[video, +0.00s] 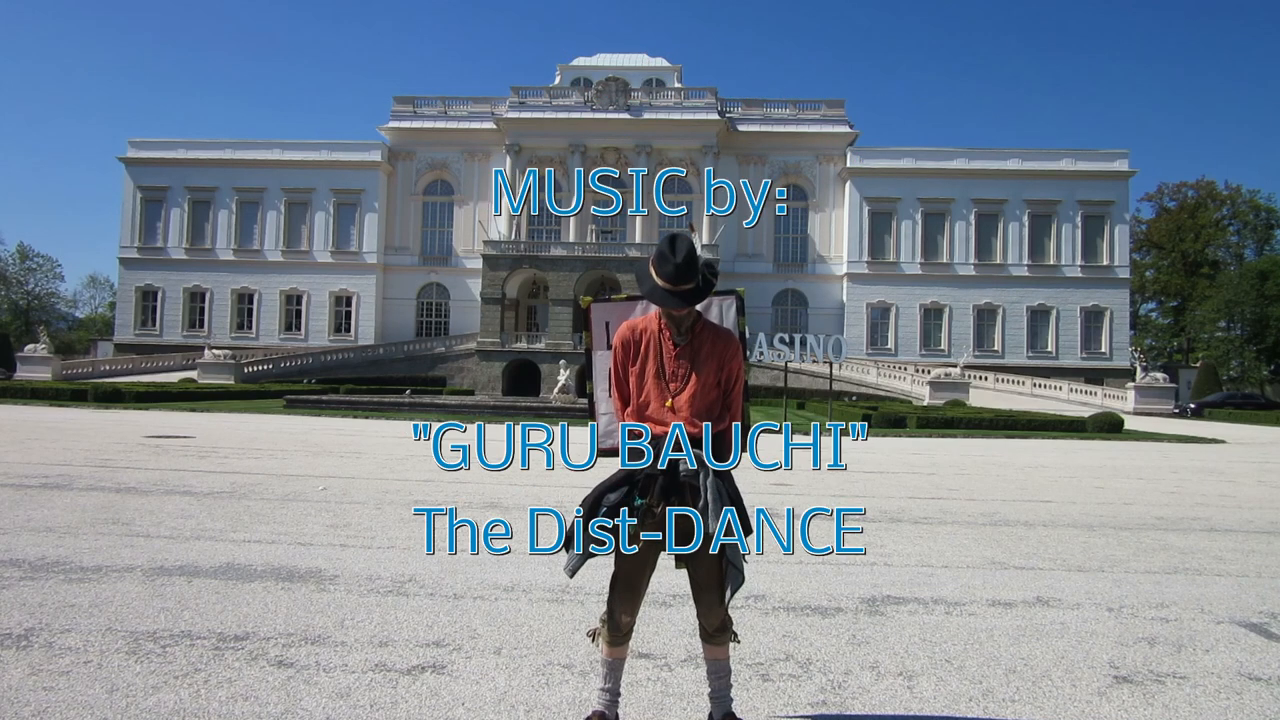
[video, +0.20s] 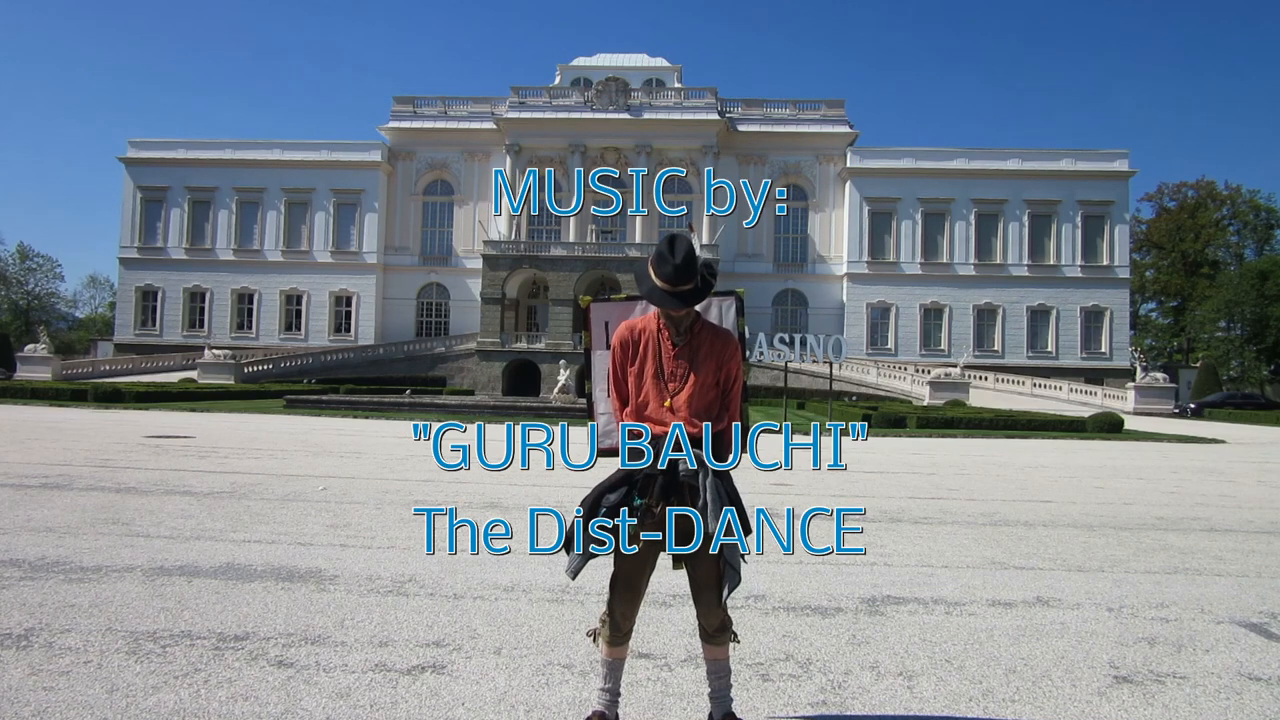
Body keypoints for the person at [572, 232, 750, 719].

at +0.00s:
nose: (680, 309)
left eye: (688, 299)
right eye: (670, 300)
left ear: (701, 291)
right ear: (655, 291)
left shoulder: (726, 345)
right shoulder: (629, 337)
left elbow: (733, 426)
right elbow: (622, 416)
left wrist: (702, 448)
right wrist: (659, 439)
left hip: (703, 494)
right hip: (644, 490)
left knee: (713, 607)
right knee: (622, 604)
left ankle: (721, 707)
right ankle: (607, 701)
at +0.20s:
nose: (677, 311)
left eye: (685, 302)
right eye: (668, 302)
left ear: (699, 294)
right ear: (653, 293)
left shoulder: (725, 345)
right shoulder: (628, 337)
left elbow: (732, 422)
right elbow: (622, 414)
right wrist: (650, 446)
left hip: (702, 490)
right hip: (644, 487)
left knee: (711, 603)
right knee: (624, 600)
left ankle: (722, 706)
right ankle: (607, 700)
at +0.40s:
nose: (677, 312)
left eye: (685, 303)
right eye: (667, 303)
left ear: (699, 293)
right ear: (653, 291)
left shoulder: (724, 345)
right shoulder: (628, 337)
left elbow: (732, 422)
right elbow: (622, 414)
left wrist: (706, 455)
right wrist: (657, 444)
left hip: (701, 491)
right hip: (644, 487)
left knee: (711, 603)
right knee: (623, 599)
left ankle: (722, 706)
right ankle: (607, 700)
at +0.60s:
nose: (677, 311)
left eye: (685, 302)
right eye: (668, 302)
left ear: (699, 294)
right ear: (653, 293)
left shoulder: (723, 344)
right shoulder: (627, 337)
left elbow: (731, 421)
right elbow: (621, 414)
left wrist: (710, 461)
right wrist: (653, 446)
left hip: (701, 490)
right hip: (644, 487)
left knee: (711, 603)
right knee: (623, 600)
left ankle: (722, 706)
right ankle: (607, 700)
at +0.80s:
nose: (676, 311)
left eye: (684, 302)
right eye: (667, 302)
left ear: (699, 294)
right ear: (653, 292)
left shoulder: (723, 345)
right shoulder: (626, 337)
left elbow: (730, 423)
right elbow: (620, 415)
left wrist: (706, 458)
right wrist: (649, 445)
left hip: (700, 489)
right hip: (643, 486)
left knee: (711, 603)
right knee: (623, 599)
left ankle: (722, 705)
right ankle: (607, 699)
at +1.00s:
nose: (677, 309)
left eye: (685, 300)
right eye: (668, 300)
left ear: (699, 292)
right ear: (652, 290)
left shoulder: (723, 344)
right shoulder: (626, 337)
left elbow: (730, 422)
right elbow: (619, 415)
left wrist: (707, 457)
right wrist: (650, 444)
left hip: (700, 488)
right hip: (642, 485)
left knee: (711, 602)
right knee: (622, 599)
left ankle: (722, 704)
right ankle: (608, 699)